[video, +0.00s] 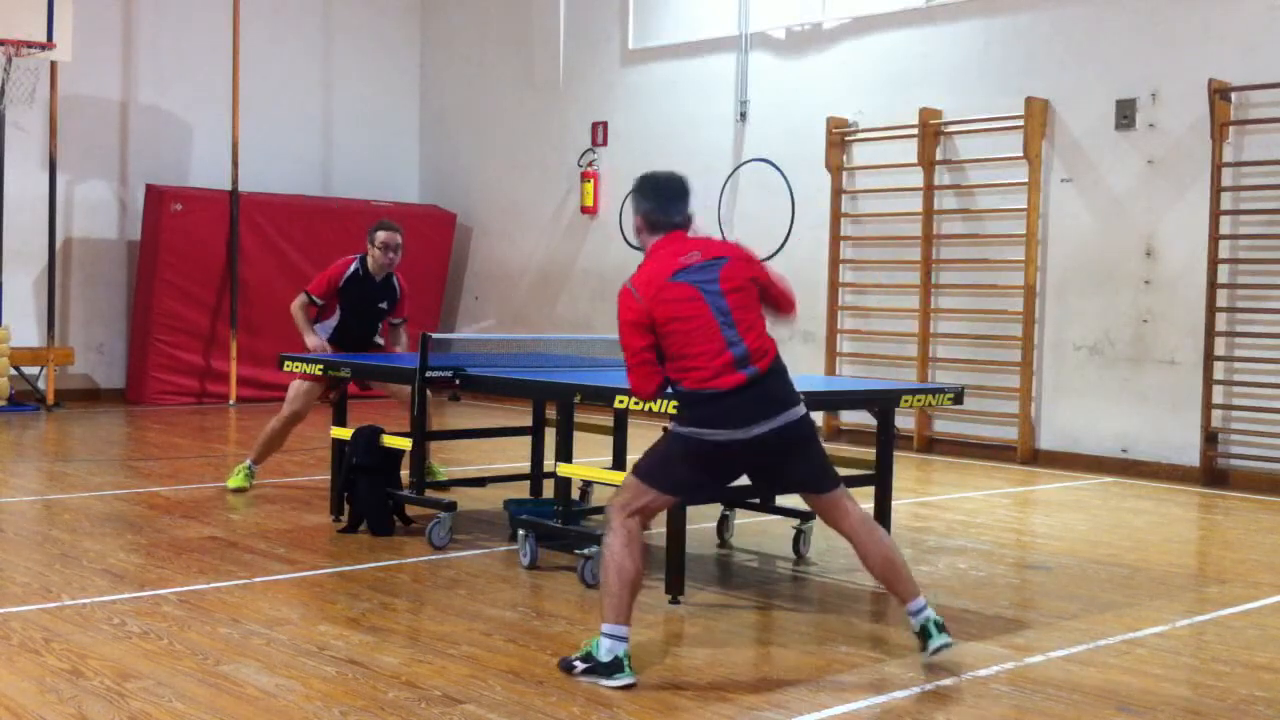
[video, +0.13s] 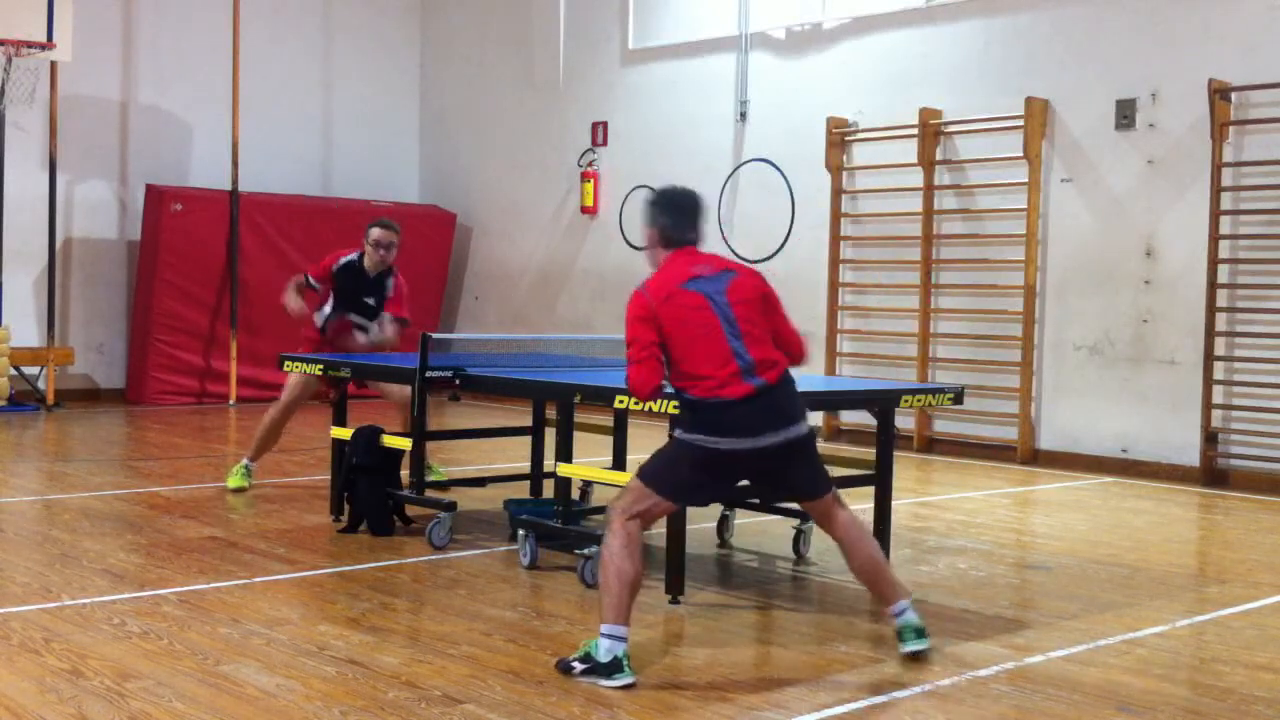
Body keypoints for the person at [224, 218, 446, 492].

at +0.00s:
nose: (391, 255)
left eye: (396, 250)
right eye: (385, 248)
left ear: (401, 253)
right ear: (370, 248)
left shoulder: (396, 287)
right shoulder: (344, 270)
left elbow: (397, 330)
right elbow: (299, 305)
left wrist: (399, 360)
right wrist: (309, 335)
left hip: (367, 353)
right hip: (328, 350)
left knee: (418, 395)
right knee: (292, 412)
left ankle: (422, 465)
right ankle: (248, 468)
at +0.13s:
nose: (382, 252)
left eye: (389, 247)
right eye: (376, 245)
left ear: (397, 249)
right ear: (365, 243)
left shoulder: (395, 284)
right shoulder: (340, 264)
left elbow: (393, 335)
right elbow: (294, 286)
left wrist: (364, 341)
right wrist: (294, 301)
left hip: (367, 354)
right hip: (323, 348)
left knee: (408, 396)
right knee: (288, 400)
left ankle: (421, 464)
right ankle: (246, 465)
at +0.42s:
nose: (327, 237)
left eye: (332, 231)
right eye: (320, 230)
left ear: (339, 233)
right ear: (306, 231)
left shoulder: (349, 266)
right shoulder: (296, 257)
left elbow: (357, 325)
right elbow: (277, 270)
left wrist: (322, 330)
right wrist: (244, 284)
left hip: (349, 346)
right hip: (306, 344)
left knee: (382, 401)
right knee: (254, 391)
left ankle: (424, 462)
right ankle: (244, 466)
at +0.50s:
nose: (307, 238)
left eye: (313, 232)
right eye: (301, 231)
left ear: (320, 234)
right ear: (287, 232)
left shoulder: (329, 265)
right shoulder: (274, 261)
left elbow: (346, 320)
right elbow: (247, 281)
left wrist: (318, 336)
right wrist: (220, 302)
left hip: (327, 343)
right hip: (284, 340)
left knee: (368, 401)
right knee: (244, 395)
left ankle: (421, 462)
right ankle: (242, 466)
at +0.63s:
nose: (294, 230)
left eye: (299, 224)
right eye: (287, 224)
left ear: (305, 227)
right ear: (270, 226)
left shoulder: (312, 260)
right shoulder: (251, 254)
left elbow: (330, 306)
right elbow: (216, 283)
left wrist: (321, 330)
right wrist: (197, 315)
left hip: (300, 335)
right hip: (258, 333)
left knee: (347, 392)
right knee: (232, 392)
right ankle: (235, 462)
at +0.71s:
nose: (289, 226)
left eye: (293, 220)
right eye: (282, 219)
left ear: (298, 223)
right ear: (264, 221)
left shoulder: (303, 259)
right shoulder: (241, 252)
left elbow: (320, 304)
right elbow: (202, 288)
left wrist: (319, 325)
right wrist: (193, 315)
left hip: (289, 335)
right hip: (244, 332)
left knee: (330, 391)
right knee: (216, 390)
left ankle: (329, 462)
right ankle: (200, 459)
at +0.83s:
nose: (277, 225)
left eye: (281, 219)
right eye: (269, 218)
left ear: (285, 222)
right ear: (250, 220)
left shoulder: (280, 259)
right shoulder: (226, 250)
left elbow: (291, 304)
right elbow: (184, 293)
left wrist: (307, 328)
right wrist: (195, 322)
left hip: (257, 338)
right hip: (217, 336)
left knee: (304, 390)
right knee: (195, 400)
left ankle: (325, 463)